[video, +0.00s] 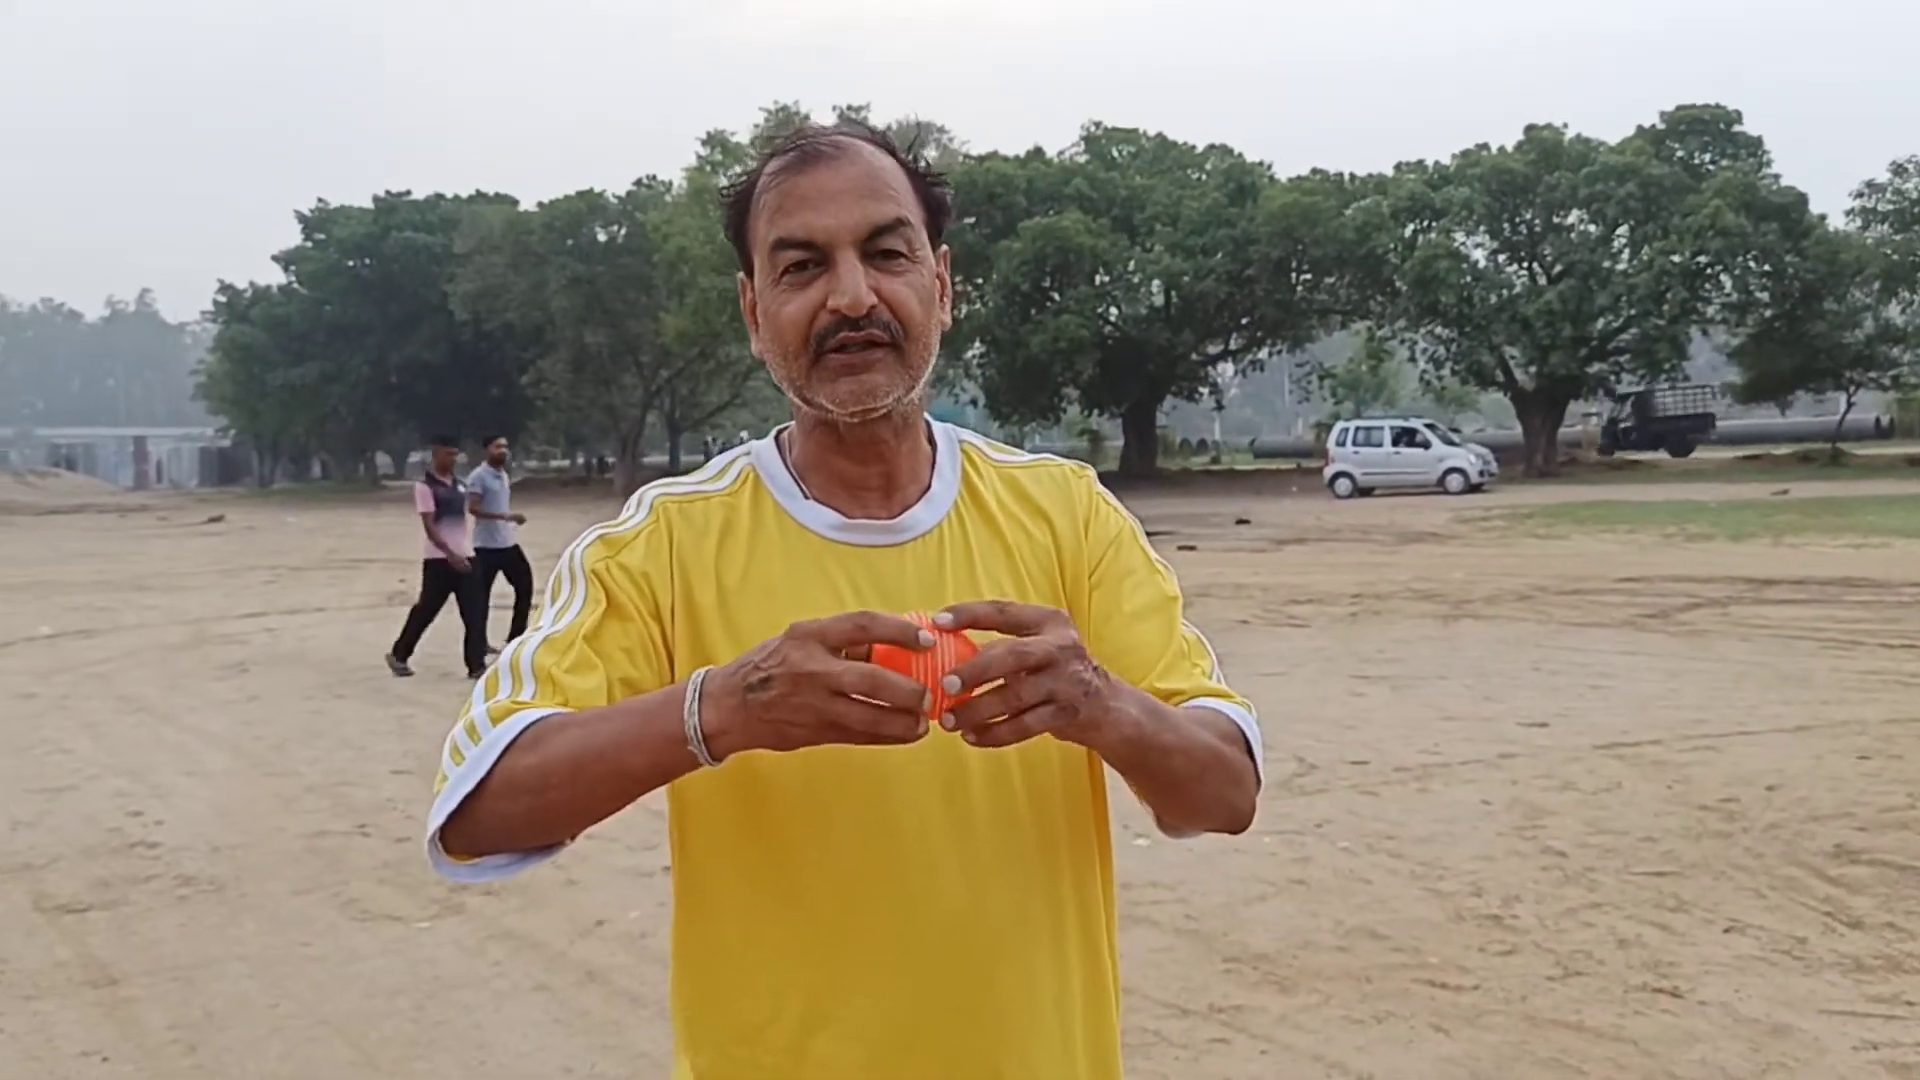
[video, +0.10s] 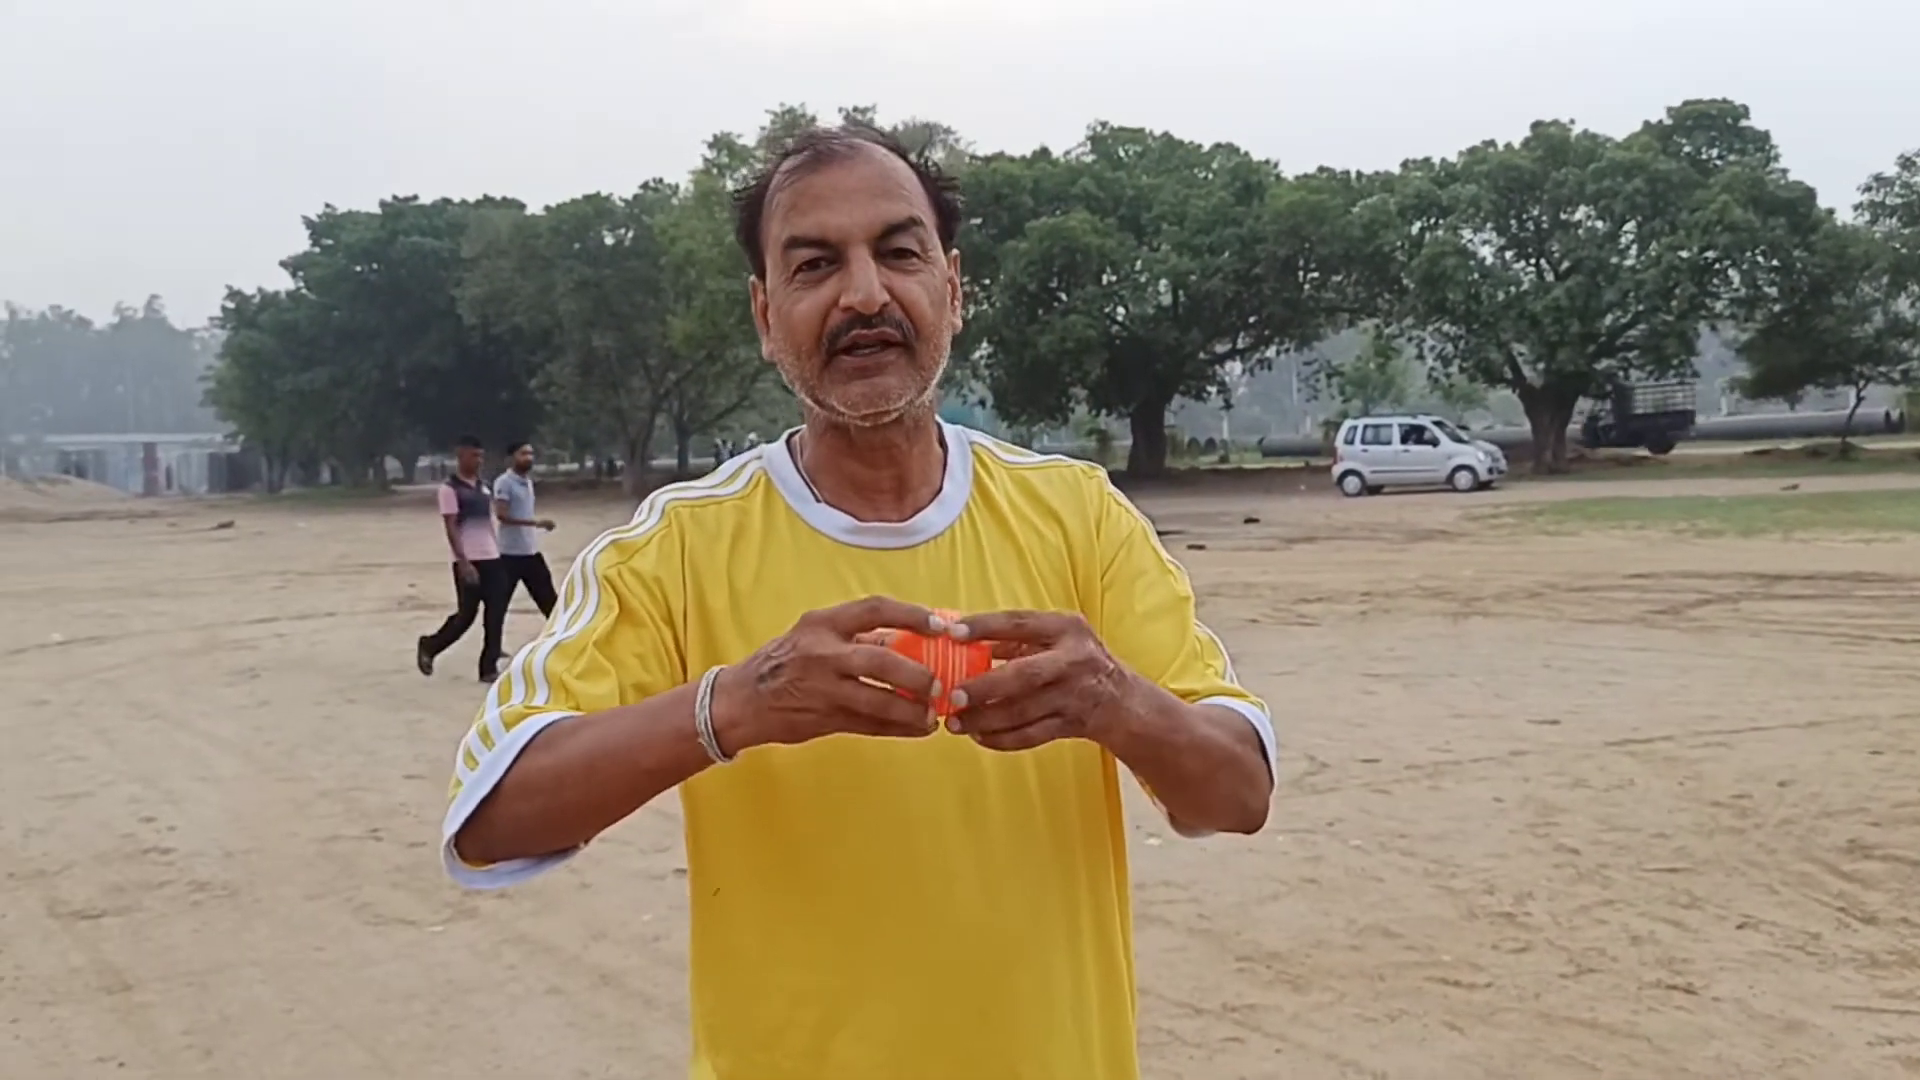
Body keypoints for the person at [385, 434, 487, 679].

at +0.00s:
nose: (452, 459)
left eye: (454, 454)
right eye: (447, 454)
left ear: (457, 456)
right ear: (435, 454)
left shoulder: (458, 485)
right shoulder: (424, 487)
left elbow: (460, 521)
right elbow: (429, 528)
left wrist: (467, 551)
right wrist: (452, 555)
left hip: (465, 558)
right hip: (439, 560)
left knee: (475, 618)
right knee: (425, 611)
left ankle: (476, 666)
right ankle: (398, 655)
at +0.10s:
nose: (478, 461)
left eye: (480, 456)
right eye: (473, 456)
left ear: (482, 458)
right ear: (460, 456)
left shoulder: (483, 488)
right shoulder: (449, 490)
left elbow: (487, 524)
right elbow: (451, 528)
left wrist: (493, 552)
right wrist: (462, 561)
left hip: (492, 559)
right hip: (468, 561)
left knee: (495, 619)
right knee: (467, 616)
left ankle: (488, 669)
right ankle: (429, 646)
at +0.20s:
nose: (495, 461)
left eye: (497, 456)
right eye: (491, 456)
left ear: (499, 459)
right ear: (477, 456)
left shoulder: (502, 490)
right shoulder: (465, 490)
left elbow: (513, 525)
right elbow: (462, 529)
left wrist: (523, 554)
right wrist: (468, 564)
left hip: (510, 558)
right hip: (484, 559)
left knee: (508, 614)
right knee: (500, 610)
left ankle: (494, 670)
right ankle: (467, 653)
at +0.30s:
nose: (510, 464)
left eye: (511, 460)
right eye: (505, 459)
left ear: (512, 462)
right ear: (490, 460)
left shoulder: (516, 494)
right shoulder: (478, 494)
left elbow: (528, 526)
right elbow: (469, 532)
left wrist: (544, 553)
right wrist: (470, 571)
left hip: (516, 561)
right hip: (495, 560)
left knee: (507, 617)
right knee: (515, 611)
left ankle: (496, 673)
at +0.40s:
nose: (524, 469)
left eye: (526, 464)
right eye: (520, 464)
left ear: (526, 468)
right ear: (506, 465)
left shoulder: (530, 498)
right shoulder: (493, 499)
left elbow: (543, 528)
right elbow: (483, 538)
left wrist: (562, 552)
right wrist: (478, 575)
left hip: (529, 568)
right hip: (509, 568)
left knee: (511, 625)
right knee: (528, 621)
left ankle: (496, 675)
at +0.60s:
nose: (551, 471)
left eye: (552, 466)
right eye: (546, 466)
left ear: (554, 469)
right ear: (531, 468)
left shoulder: (556, 499)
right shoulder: (521, 502)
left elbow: (569, 535)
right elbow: (515, 543)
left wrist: (586, 560)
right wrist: (515, 582)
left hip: (562, 570)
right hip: (540, 571)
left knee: (549, 627)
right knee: (559, 627)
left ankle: (511, 666)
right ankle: (572, 677)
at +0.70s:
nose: (557, 467)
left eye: (559, 462)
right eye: (552, 462)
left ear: (560, 464)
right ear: (537, 465)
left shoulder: (565, 497)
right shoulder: (530, 500)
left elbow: (576, 533)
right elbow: (530, 542)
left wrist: (588, 561)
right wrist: (538, 577)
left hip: (572, 568)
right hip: (550, 569)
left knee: (579, 619)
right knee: (561, 626)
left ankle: (537, 654)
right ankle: (565, 676)